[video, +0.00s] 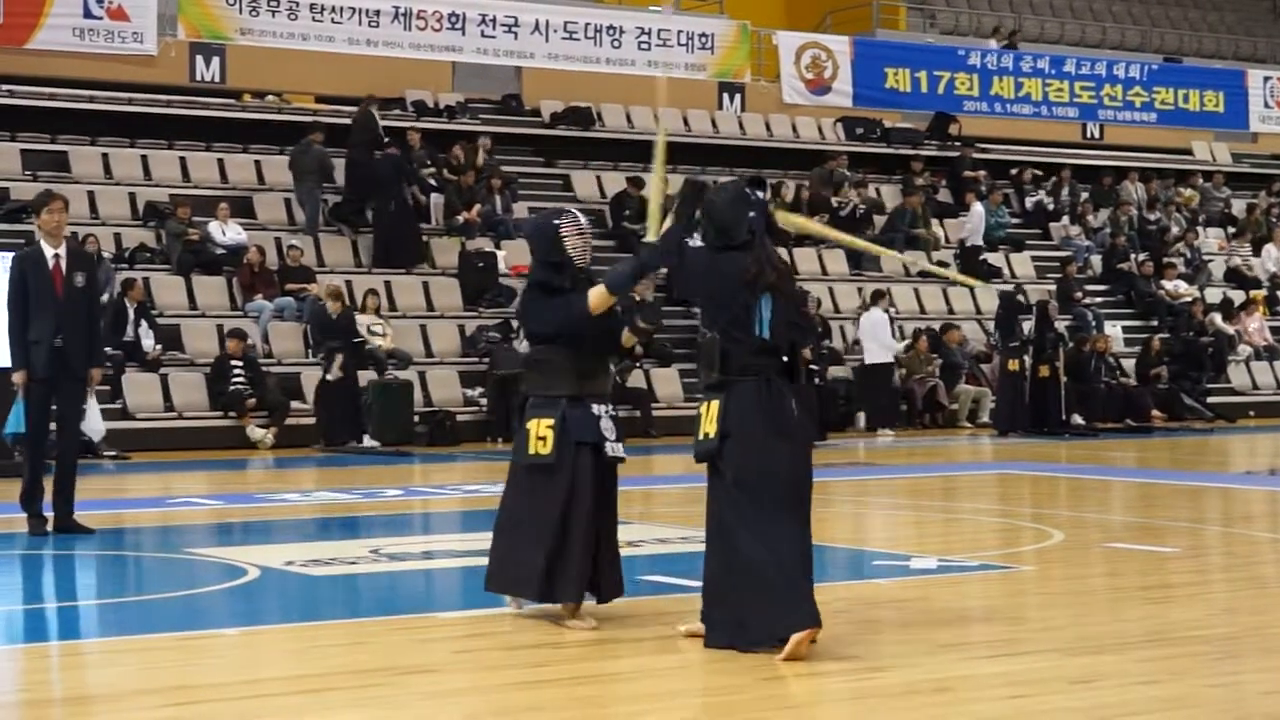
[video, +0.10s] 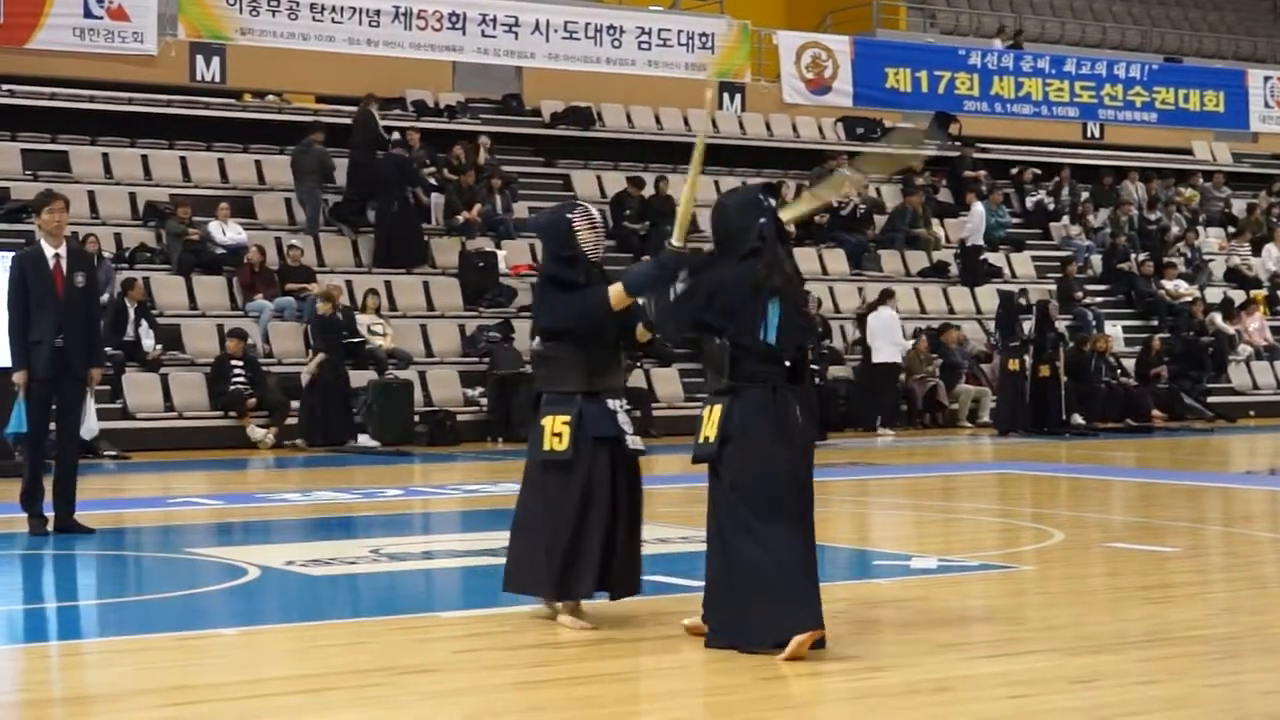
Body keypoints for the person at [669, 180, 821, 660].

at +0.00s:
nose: (705, 236)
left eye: (708, 227)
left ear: (714, 230)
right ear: (759, 226)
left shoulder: (712, 272)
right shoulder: (778, 276)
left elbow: (668, 256)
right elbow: (803, 335)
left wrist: (681, 214)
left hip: (738, 406)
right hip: (782, 406)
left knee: (740, 517)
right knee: (779, 516)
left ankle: (797, 616)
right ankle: (727, 617)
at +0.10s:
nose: (715, 232)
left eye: (719, 224)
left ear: (728, 229)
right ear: (768, 226)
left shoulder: (722, 278)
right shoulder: (786, 280)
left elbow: (668, 320)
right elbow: (800, 349)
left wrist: (657, 278)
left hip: (745, 409)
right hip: (788, 408)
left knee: (746, 518)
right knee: (782, 516)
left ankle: (799, 620)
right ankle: (726, 613)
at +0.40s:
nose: (690, 246)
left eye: (694, 238)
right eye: (692, 238)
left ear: (707, 241)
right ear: (743, 237)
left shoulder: (709, 292)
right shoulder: (764, 285)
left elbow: (675, 357)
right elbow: (782, 352)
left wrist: (675, 319)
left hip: (728, 413)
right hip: (767, 411)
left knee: (721, 514)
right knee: (758, 512)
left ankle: (778, 596)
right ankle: (744, 619)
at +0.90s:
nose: (674, 248)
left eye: (677, 239)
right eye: (675, 239)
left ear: (689, 240)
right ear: (721, 234)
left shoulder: (697, 281)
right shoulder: (744, 279)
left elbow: (681, 357)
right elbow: (749, 344)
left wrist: (679, 385)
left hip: (721, 405)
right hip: (759, 402)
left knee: (684, 500)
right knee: (748, 502)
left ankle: (708, 603)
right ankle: (756, 604)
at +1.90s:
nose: (722, 244)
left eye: (725, 236)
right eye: (723, 235)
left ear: (739, 238)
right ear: (770, 234)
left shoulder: (745, 283)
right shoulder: (800, 279)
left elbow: (726, 358)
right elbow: (819, 347)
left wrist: (725, 379)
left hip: (765, 413)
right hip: (811, 411)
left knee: (724, 504)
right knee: (805, 508)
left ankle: (718, 613)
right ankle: (812, 608)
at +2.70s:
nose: (759, 236)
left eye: (763, 229)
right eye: (762, 228)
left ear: (774, 234)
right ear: (810, 229)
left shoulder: (765, 285)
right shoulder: (836, 283)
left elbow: (740, 353)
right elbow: (849, 352)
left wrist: (738, 373)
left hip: (781, 406)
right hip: (831, 404)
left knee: (748, 508)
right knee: (832, 507)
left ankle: (723, 619)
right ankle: (838, 616)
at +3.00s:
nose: (781, 229)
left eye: (783, 222)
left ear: (789, 226)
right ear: (833, 224)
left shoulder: (776, 279)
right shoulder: (855, 281)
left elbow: (750, 347)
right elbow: (865, 345)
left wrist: (756, 369)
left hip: (797, 405)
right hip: (852, 404)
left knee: (783, 505)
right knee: (866, 504)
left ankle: (773, 615)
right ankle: (897, 608)